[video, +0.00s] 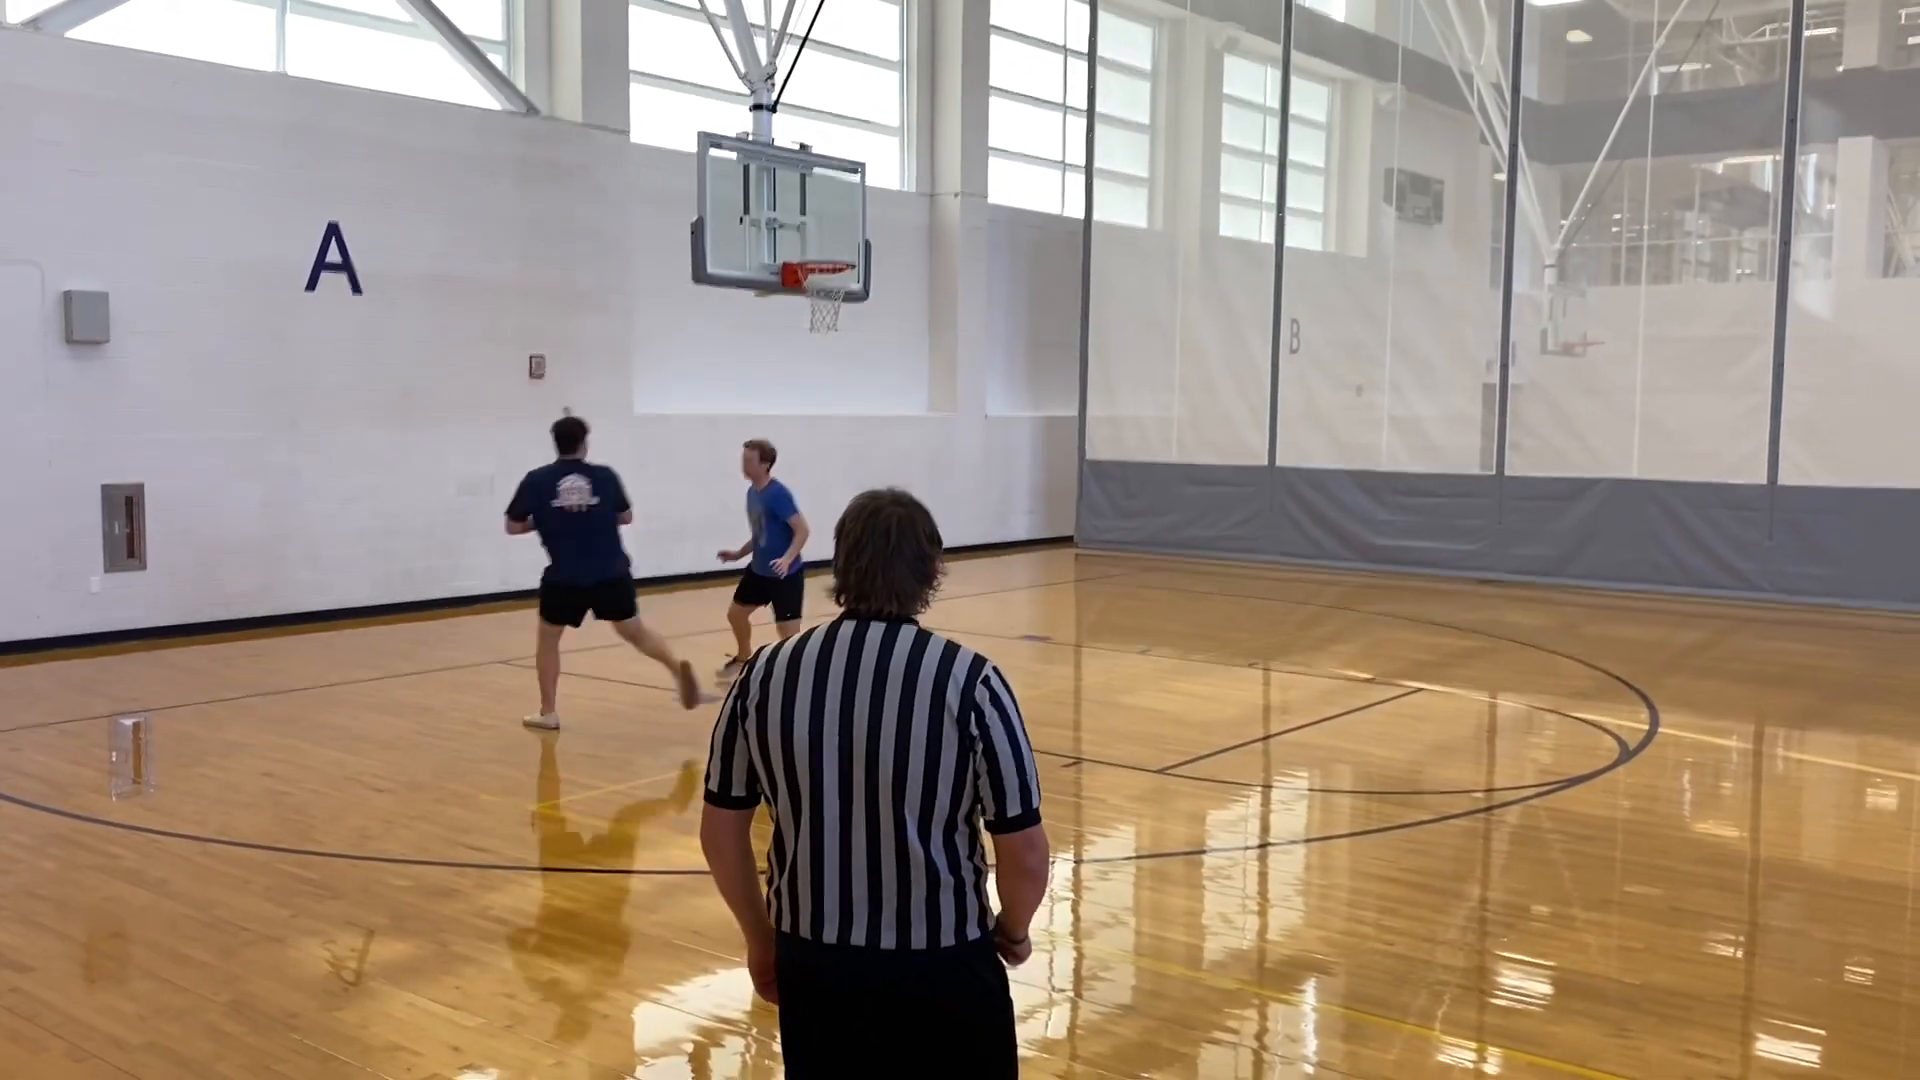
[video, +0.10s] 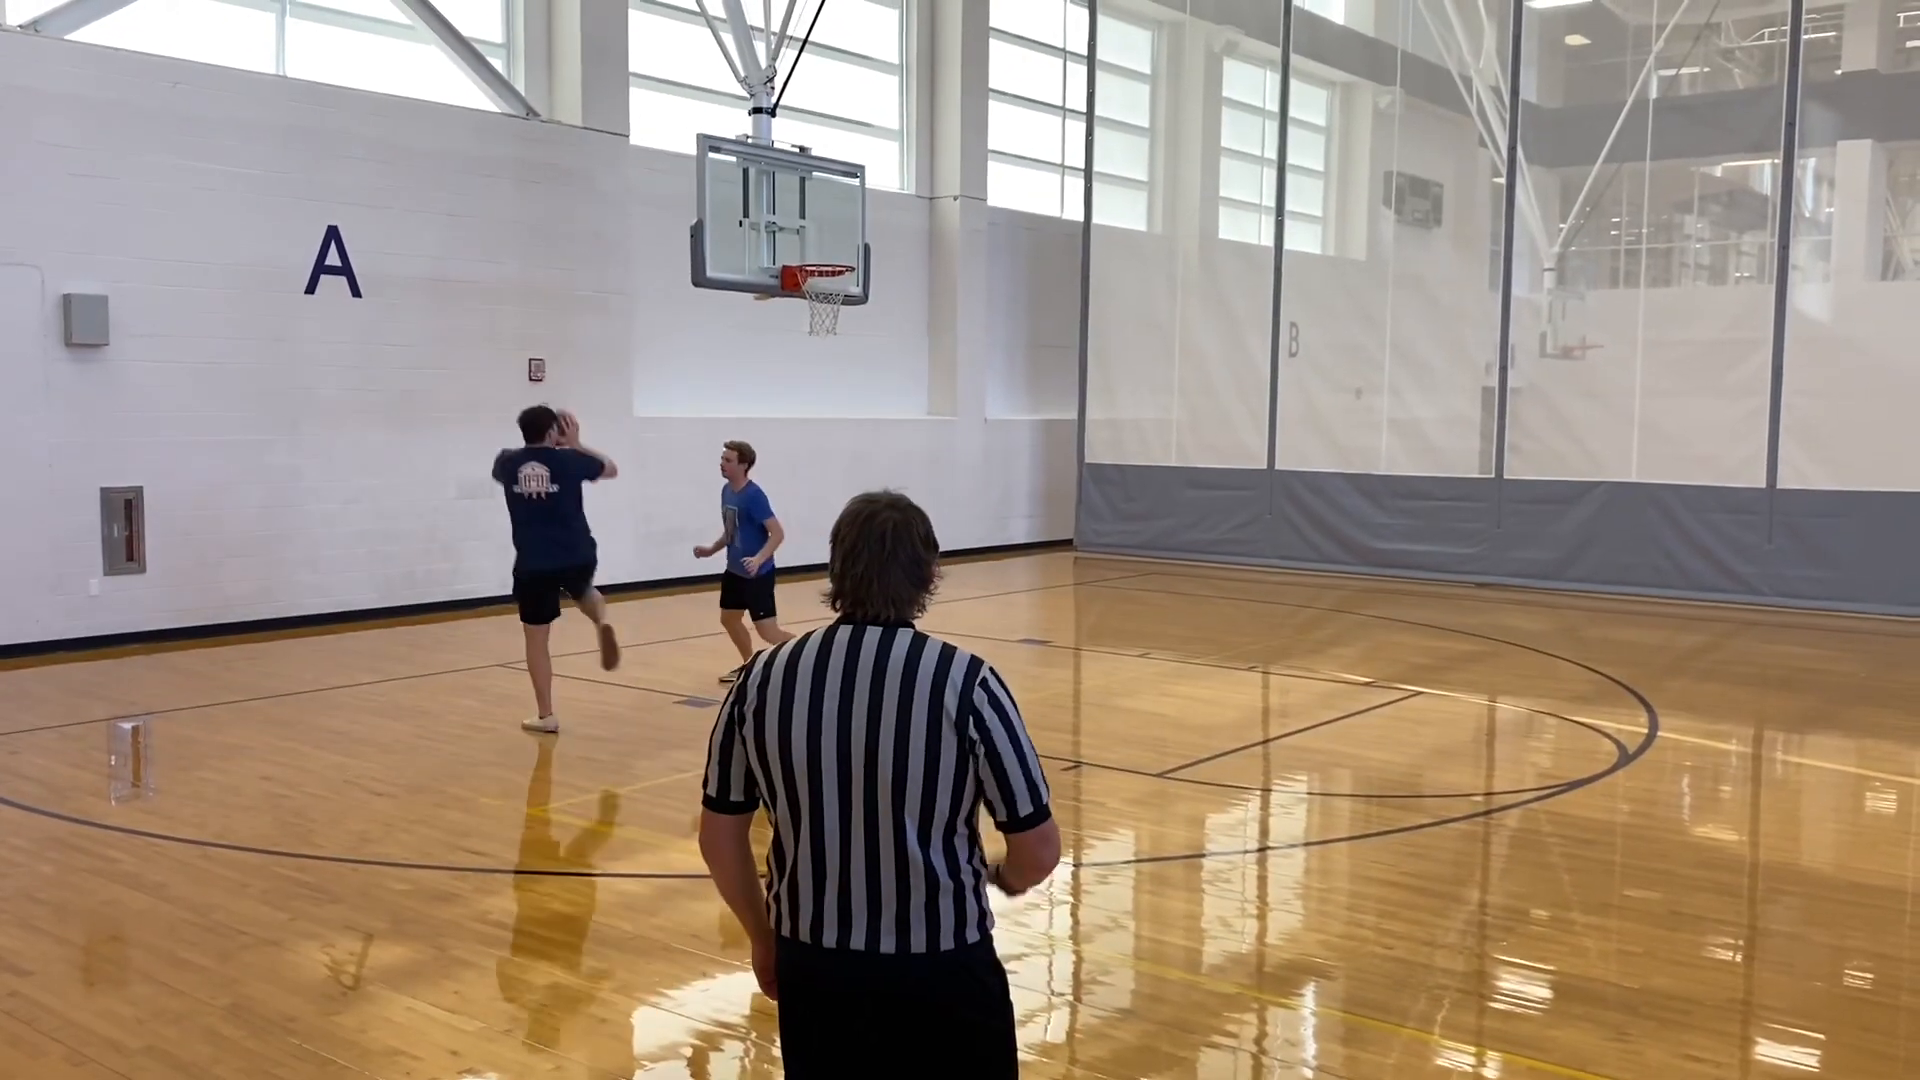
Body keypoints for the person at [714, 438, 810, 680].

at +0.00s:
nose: (743, 465)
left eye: (748, 460)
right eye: (743, 460)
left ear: (764, 464)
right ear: (751, 462)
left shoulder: (778, 494)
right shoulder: (752, 493)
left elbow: (802, 530)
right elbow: (760, 535)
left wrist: (787, 559)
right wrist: (738, 554)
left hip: (786, 574)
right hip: (759, 571)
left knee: (788, 632)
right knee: (736, 615)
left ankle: (796, 679)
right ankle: (744, 657)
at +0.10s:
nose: (722, 464)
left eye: (727, 460)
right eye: (722, 459)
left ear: (743, 465)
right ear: (727, 463)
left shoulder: (754, 496)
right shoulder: (727, 491)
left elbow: (778, 534)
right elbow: (731, 531)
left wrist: (759, 558)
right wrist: (711, 550)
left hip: (759, 575)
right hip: (735, 572)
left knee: (769, 632)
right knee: (730, 620)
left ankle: (811, 654)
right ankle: (751, 666)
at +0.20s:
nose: (701, 449)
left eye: (707, 446)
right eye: (702, 444)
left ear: (723, 452)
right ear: (708, 450)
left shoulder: (732, 482)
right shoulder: (706, 476)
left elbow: (748, 524)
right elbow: (711, 514)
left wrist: (726, 557)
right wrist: (694, 534)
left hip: (739, 558)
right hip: (715, 555)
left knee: (736, 616)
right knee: (707, 609)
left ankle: (774, 659)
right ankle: (741, 655)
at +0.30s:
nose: (681, 442)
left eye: (686, 439)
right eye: (682, 438)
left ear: (702, 446)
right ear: (693, 445)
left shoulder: (709, 475)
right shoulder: (687, 472)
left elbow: (714, 519)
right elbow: (693, 511)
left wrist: (690, 551)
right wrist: (676, 534)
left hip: (721, 551)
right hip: (698, 549)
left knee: (705, 609)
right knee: (673, 598)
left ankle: (726, 659)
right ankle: (705, 643)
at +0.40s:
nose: (662, 446)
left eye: (669, 444)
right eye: (664, 442)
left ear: (683, 452)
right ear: (671, 451)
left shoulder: (688, 480)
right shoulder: (669, 480)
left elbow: (681, 521)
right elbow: (672, 521)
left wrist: (647, 546)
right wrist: (655, 545)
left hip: (697, 558)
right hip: (673, 553)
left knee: (681, 616)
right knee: (647, 598)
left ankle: (711, 663)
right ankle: (648, 654)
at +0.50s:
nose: (644, 454)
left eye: (651, 452)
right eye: (647, 450)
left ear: (663, 462)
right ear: (655, 461)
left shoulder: (668, 490)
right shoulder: (650, 489)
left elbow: (637, 509)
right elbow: (649, 527)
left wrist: (598, 508)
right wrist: (623, 543)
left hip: (675, 567)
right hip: (652, 562)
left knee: (665, 625)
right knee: (621, 606)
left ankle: (711, 664)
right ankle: (616, 659)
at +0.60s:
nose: (623, 447)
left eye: (630, 446)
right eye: (627, 444)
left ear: (641, 457)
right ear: (636, 454)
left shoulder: (641, 479)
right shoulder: (630, 482)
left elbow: (608, 458)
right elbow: (622, 504)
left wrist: (582, 432)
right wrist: (599, 503)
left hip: (645, 559)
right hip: (626, 559)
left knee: (655, 619)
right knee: (599, 609)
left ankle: (707, 659)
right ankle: (615, 662)